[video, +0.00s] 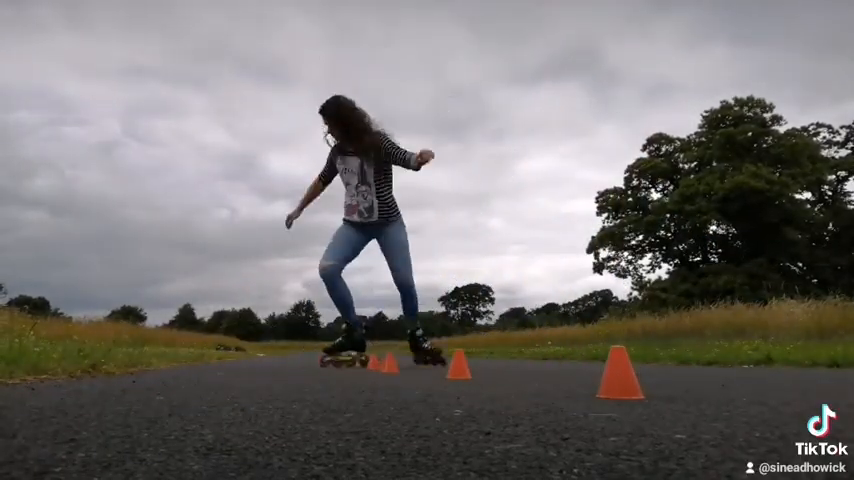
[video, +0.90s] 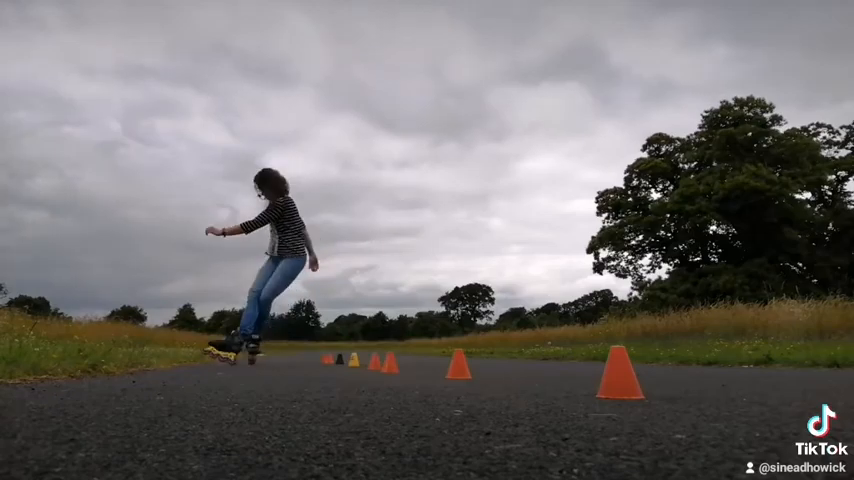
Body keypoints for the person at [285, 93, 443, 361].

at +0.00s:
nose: (328, 130)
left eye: (330, 124)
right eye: (327, 125)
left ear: (344, 122)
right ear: (339, 124)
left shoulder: (377, 142)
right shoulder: (338, 151)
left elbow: (402, 157)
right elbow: (322, 180)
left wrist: (418, 159)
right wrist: (299, 209)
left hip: (389, 223)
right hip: (355, 225)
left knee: (405, 282)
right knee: (328, 269)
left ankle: (416, 340)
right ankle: (355, 333)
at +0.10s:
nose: (321, 137)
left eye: (323, 132)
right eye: (318, 133)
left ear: (335, 127)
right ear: (319, 132)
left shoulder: (362, 146)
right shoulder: (329, 153)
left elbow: (379, 163)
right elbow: (330, 184)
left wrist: (383, 170)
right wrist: (327, 213)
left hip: (373, 221)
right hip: (341, 222)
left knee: (381, 279)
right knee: (329, 268)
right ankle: (338, 331)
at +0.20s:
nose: (312, 144)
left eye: (314, 139)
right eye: (310, 140)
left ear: (325, 134)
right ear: (315, 137)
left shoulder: (353, 152)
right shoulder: (322, 156)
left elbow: (358, 178)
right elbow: (324, 180)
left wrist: (352, 185)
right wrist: (332, 186)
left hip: (359, 225)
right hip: (330, 224)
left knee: (359, 281)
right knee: (322, 273)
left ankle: (346, 334)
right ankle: (315, 329)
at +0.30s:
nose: (302, 152)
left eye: (304, 147)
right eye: (300, 148)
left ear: (316, 143)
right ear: (309, 145)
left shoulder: (341, 162)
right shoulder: (315, 164)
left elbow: (331, 191)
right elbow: (322, 193)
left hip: (346, 231)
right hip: (319, 229)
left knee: (339, 283)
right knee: (311, 273)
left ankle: (322, 331)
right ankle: (308, 326)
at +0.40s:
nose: (292, 158)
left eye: (294, 153)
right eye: (290, 154)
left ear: (304, 149)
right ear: (298, 152)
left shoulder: (327, 170)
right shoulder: (305, 171)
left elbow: (303, 197)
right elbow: (311, 200)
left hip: (334, 232)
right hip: (308, 231)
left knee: (320, 282)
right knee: (300, 277)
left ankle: (307, 330)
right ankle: (296, 328)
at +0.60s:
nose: (272, 173)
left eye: (273, 168)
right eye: (270, 169)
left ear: (282, 166)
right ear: (287, 164)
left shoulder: (300, 184)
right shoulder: (289, 185)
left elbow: (271, 206)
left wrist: (236, 215)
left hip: (312, 242)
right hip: (290, 242)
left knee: (292, 286)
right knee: (278, 281)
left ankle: (277, 333)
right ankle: (270, 331)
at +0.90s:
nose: (262, 194)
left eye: (263, 190)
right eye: (261, 191)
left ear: (271, 187)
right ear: (276, 186)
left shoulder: (281, 204)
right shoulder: (284, 202)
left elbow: (253, 225)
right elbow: (301, 229)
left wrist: (222, 232)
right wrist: (312, 254)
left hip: (293, 257)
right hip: (276, 256)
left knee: (265, 296)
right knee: (254, 292)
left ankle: (255, 338)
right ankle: (242, 336)